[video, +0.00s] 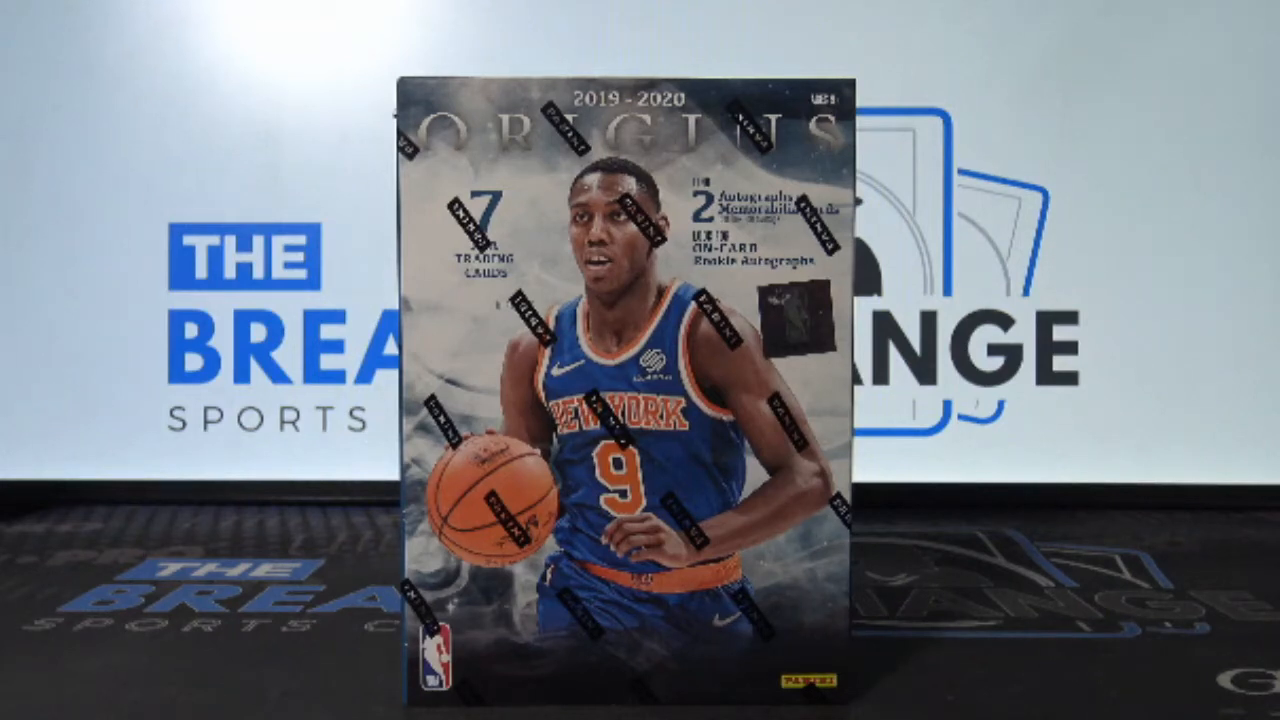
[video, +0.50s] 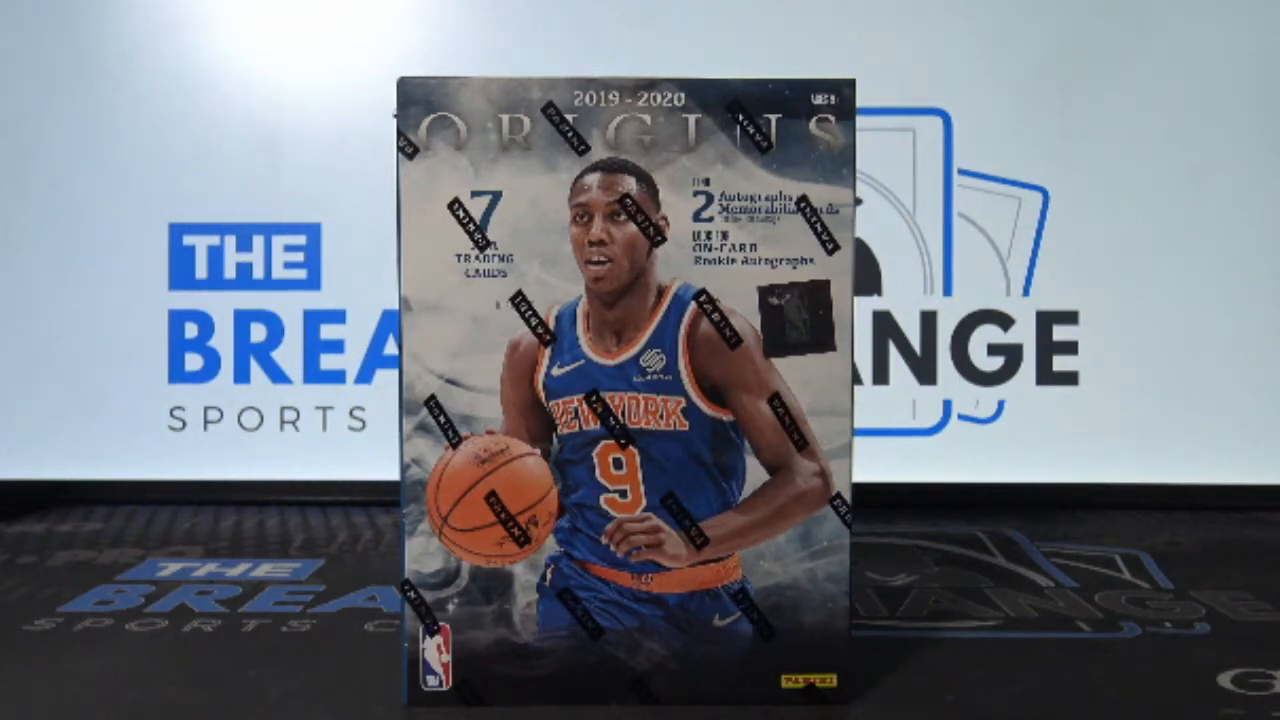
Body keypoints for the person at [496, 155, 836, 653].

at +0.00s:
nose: (595, 235)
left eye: (618, 216)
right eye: (581, 218)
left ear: (657, 230)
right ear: (569, 232)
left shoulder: (711, 334)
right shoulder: (534, 353)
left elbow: (809, 476)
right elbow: (526, 489)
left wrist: (695, 542)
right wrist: (476, 472)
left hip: (698, 612)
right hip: (582, 606)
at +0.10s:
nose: (595, 235)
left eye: (618, 216)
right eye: (581, 218)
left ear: (657, 230)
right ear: (570, 232)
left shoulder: (712, 334)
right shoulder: (534, 353)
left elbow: (810, 476)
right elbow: (526, 488)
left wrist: (695, 542)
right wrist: (475, 473)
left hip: (698, 611)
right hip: (583, 604)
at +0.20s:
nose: (595, 235)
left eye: (617, 216)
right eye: (581, 218)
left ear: (657, 230)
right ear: (570, 232)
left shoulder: (713, 334)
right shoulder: (534, 353)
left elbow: (809, 476)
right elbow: (526, 488)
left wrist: (695, 542)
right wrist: (475, 472)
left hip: (698, 612)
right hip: (583, 606)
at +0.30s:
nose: (595, 235)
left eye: (618, 216)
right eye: (581, 218)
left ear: (657, 230)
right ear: (570, 232)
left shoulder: (713, 334)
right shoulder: (534, 353)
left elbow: (810, 476)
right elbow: (525, 487)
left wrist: (695, 542)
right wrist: (476, 472)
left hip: (698, 611)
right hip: (583, 604)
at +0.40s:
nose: (595, 235)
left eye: (618, 216)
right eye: (581, 218)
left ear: (657, 230)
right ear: (569, 232)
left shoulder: (713, 334)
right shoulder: (534, 353)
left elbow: (809, 476)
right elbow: (525, 487)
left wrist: (695, 543)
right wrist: (477, 471)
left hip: (698, 611)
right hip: (583, 605)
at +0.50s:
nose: (595, 235)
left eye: (617, 216)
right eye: (581, 218)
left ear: (657, 230)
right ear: (569, 232)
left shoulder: (713, 334)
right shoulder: (534, 353)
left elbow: (809, 476)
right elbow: (526, 487)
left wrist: (695, 542)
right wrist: (474, 474)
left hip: (698, 611)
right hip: (584, 604)